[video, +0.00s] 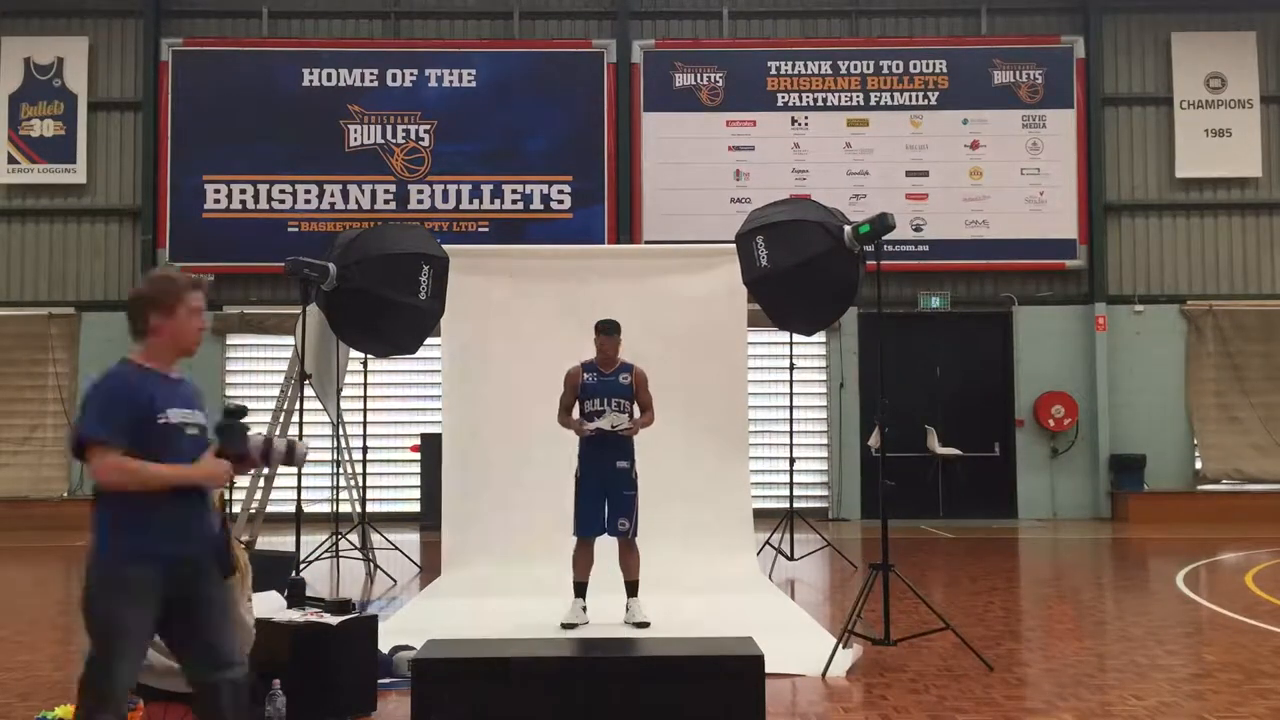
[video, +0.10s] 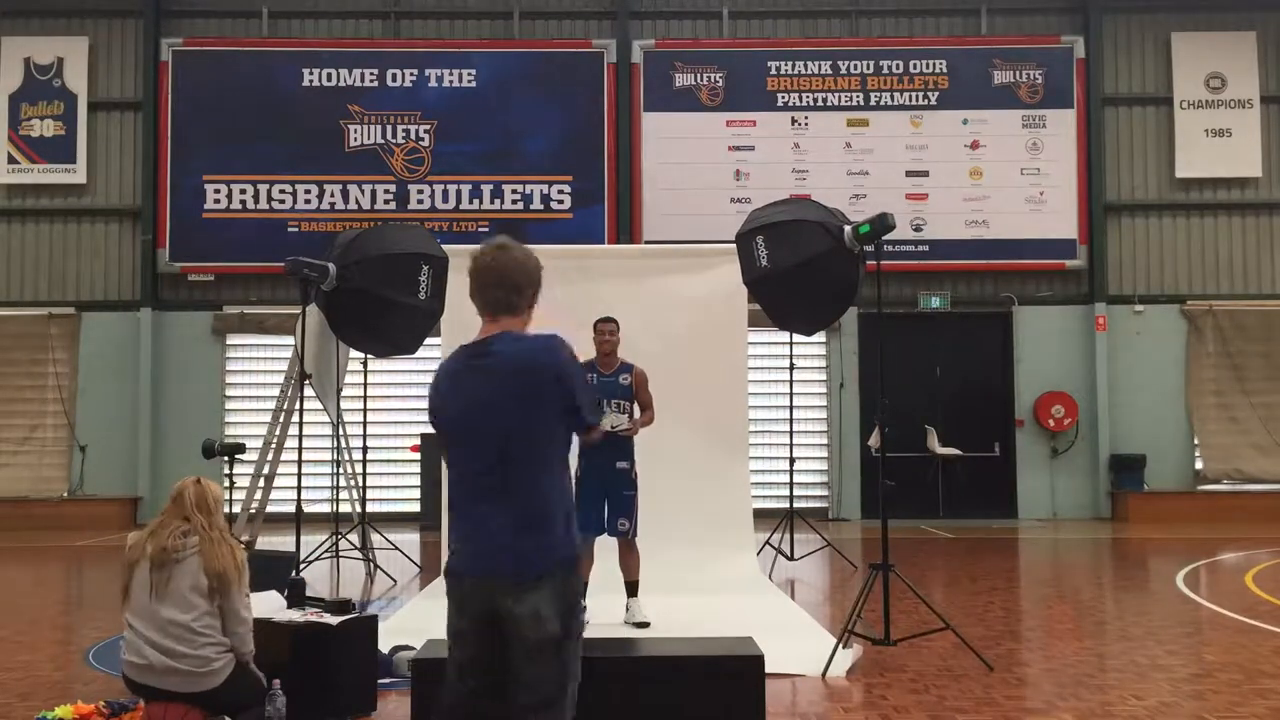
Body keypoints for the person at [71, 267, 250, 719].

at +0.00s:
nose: (205, 324)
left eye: (204, 313)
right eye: (196, 313)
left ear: (163, 323)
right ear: (158, 321)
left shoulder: (187, 390)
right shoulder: (116, 386)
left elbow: (185, 463)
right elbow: (105, 469)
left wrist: (232, 459)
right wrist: (196, 473)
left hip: (193, 562)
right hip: (129, 563)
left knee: (226, 676)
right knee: (111, 685)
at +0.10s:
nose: (223, 514)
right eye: (220, 507)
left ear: (172, 506)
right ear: (213, 510)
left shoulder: (138, 544)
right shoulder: (224, 552)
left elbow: (131, 608)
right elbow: (238, 625)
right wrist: (246, 663)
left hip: (139, 679)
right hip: (204, 684)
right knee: (256, 696)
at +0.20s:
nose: (223, 513)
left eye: (222, 507)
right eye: (221, 507)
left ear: (174, 505)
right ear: (214, 509)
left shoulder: (139, 543)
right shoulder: (226, 552)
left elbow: (132, 608)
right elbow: (239, 621)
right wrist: (255, 667)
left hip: (139, 679)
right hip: (203, 683)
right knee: (258, 697)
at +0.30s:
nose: (224, 513)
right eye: (222, 507)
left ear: (175, 505)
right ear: (216, 509)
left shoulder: (140, 543)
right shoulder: (225, 552)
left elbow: (132, 607)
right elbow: (240, 618)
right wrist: (258, 668)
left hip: (139, 679)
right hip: (204, 684)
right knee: (259, 696)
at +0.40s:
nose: (227, 516)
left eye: (225, 508)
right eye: (223, 509)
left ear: (176, 509)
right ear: (209, 513)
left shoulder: (139, 544)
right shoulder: (222, 553)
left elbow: (132, 610)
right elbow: (240, 627)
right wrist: (259, 671)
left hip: (139, 679)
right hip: (202, 684)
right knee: (256, 698)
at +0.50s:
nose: (223, 512)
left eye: (221, 505)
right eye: (220, 505)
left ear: (171, 505)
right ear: (211, 508)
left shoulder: (138, 544)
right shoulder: (221, 550)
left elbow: (131, 609)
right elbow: (238, 621)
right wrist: (256, 666)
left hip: (140, 679)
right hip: (203, 683)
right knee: (260, 697)